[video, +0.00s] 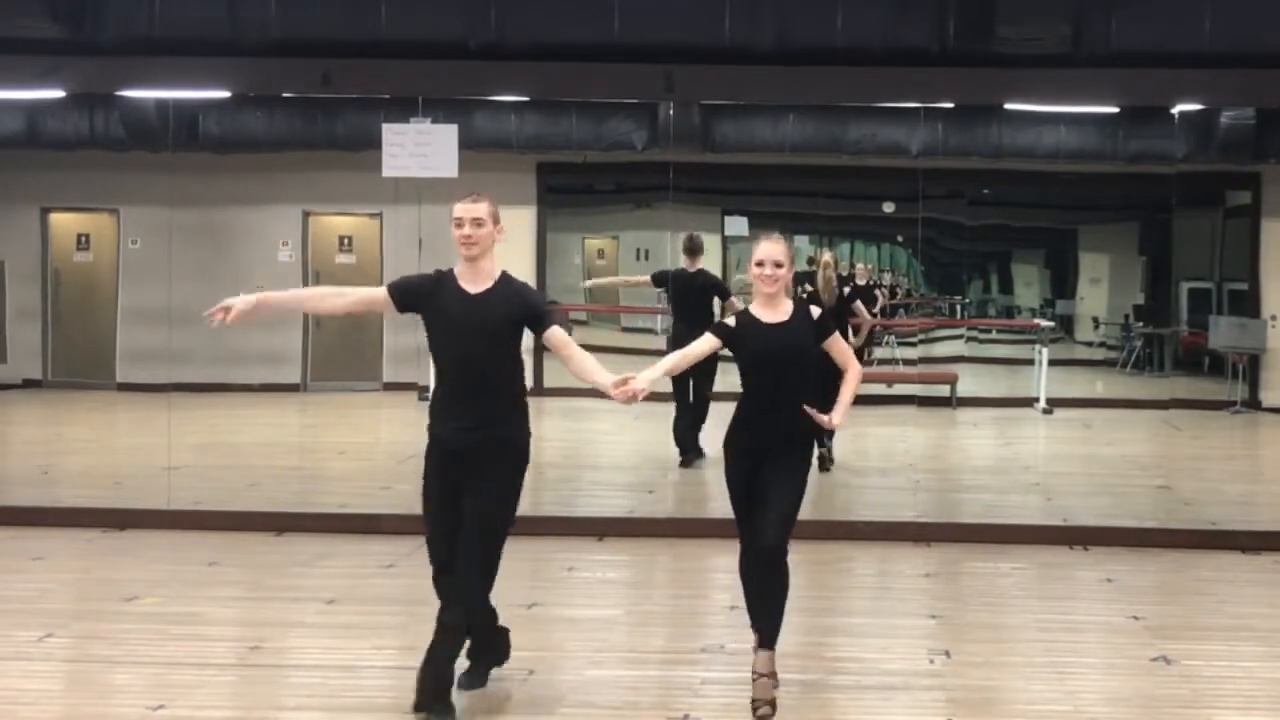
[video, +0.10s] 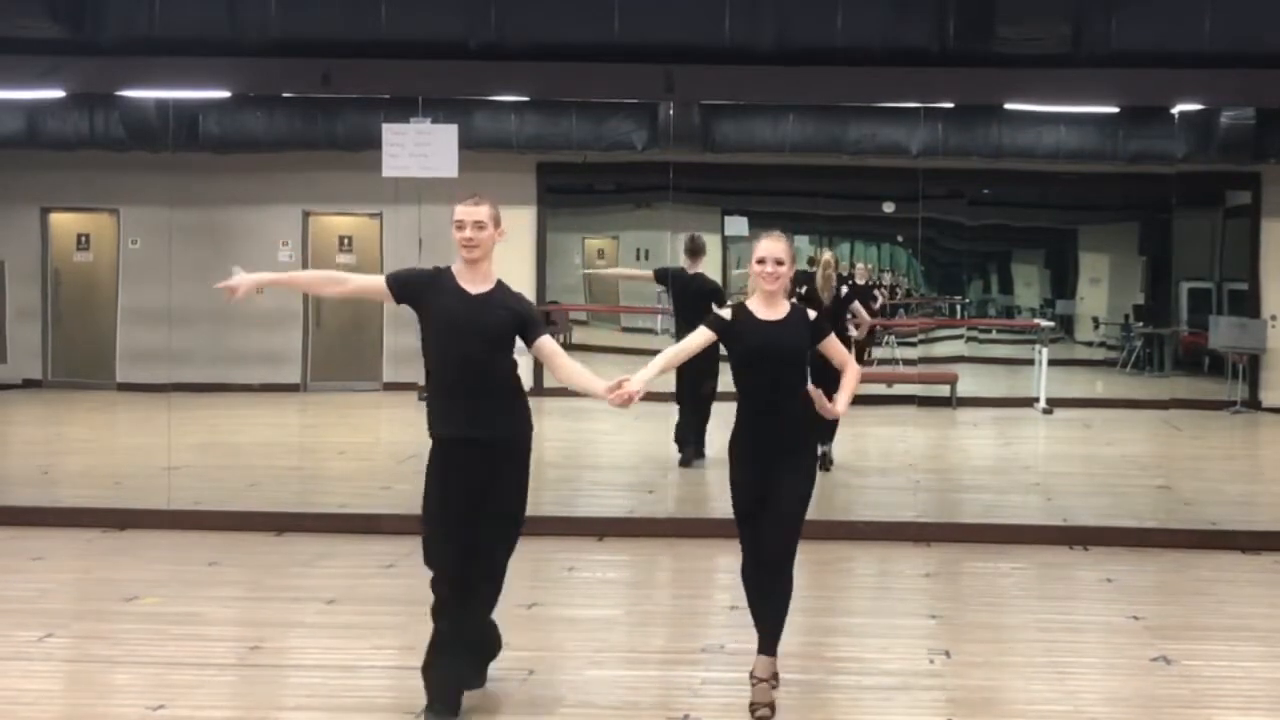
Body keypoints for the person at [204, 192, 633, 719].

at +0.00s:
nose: (465, 230)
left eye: (476, 222)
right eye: (458, 222)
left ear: (498, 231)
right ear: (451, 230)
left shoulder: (519, 297)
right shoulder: (430, 288)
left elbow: (568, 351)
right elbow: (342, 300)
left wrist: (609, 382)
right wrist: (260, 299)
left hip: (502, 444)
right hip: (446, 441)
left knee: (474, 561)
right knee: (445, 559)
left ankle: (434, 680)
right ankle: (489, 639)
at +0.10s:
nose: (468, 234)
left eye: (478, 226)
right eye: (460, 226)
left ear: (498, 233)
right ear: (451, 232)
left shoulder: (513, 305)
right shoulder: (425, 283)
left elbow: (560, 362)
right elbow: (341, 284)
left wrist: (604, 389)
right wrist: (264, 279)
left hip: (507, 446)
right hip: (451, 444)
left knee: (485, 562)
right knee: (444, 559)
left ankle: (446, 687)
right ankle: (476, 644)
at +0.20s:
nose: (469, 234)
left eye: (479, 227)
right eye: (461, 227)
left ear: (500, 235)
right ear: (451, 233)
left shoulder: (513, 307)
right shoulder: (424, 280)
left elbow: (557, 369)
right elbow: (342, 271)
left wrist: (603, 399)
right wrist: (268, 261)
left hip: (510, 446)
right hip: (455, 444)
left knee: (485, 568)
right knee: (438, 562)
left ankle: (447, 700)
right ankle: (480, 643)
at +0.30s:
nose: (469, 237)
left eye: (480, 229)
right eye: (461, 229)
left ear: (501, 235)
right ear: (453, 234)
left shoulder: (515, 306)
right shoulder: (427, 274)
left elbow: (562, 367)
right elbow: (340, 256)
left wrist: (609, 409)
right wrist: (267, 241)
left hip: (509, 449)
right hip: (451, 448)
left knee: (484, 576)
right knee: (442, 579)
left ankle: (446, 697)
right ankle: (472, 648)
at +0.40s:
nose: (469, 238)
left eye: (480, 229)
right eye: (461, 230)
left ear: (502, 235)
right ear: (454, 236)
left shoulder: (521, 305)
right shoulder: (433, 275)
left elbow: (571, 365)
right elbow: (355, 242)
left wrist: (618, 409)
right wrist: (277, 218)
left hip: (501, 448)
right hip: (444, 443)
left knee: (481, 574)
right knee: (433, 572)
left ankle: (445, 698)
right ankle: (459, 648)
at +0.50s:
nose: (473, 235)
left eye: (484, 227)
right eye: (466, 227)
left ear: (506, 232)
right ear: (458, 233)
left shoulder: (531, 299)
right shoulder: (444, 282)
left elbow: (582, 358)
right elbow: (369, 255)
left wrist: (617, 401)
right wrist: (324, 213)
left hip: (494, 452)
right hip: (438, 444)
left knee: (467, 570)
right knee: (421, 557)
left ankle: (441, 700)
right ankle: (452, 654)